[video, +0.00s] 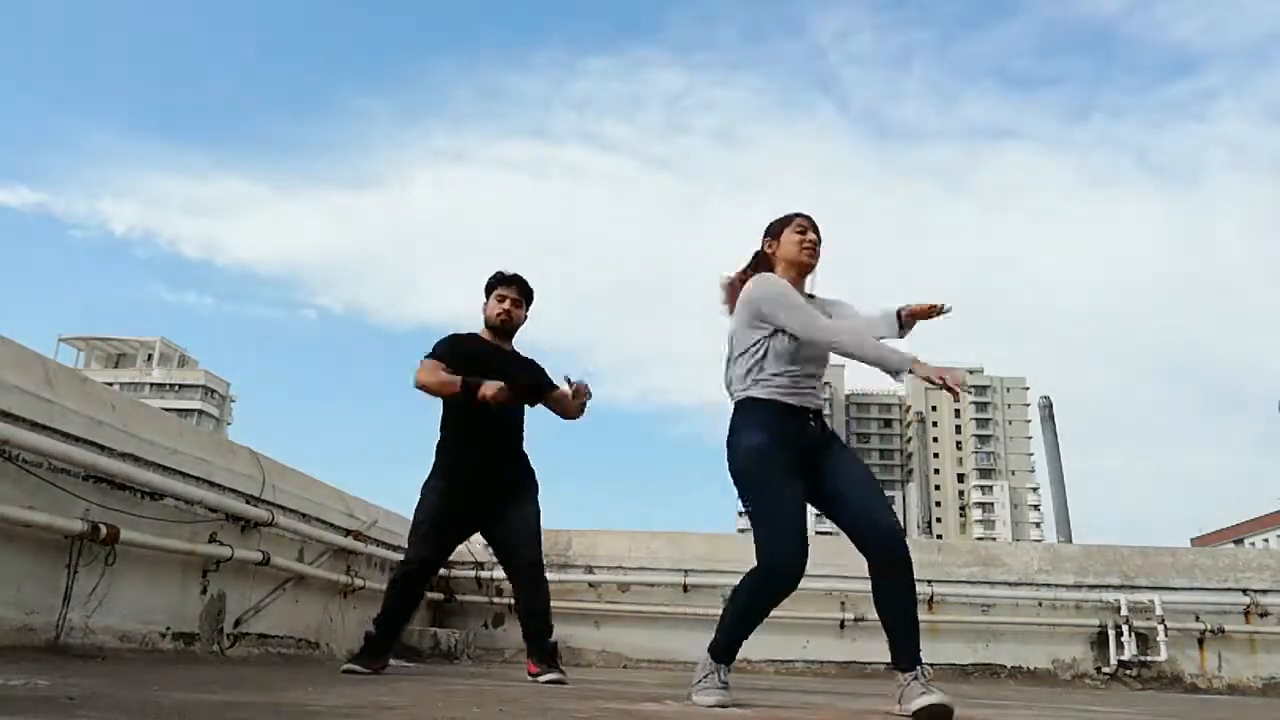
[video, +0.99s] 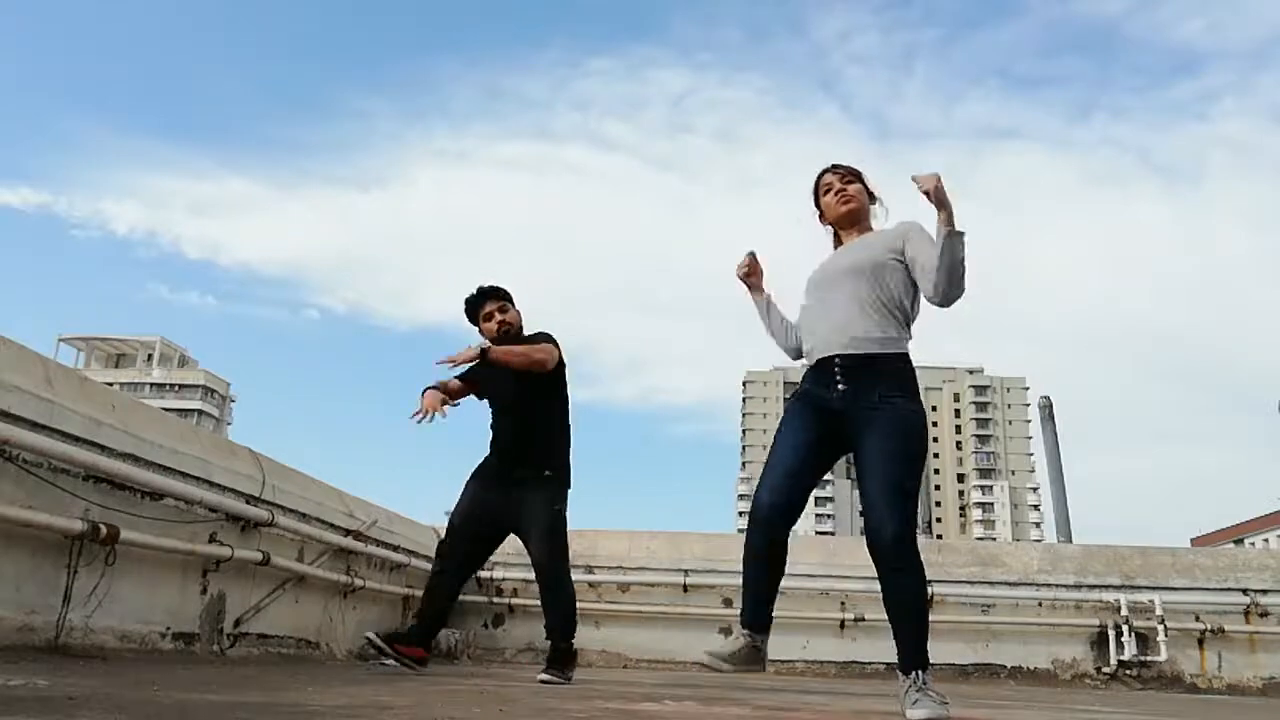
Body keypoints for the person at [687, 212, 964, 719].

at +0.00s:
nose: (811, 238)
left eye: (815, 234)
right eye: (798, 230)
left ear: (816, 254)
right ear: (770, 246)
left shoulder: (817, 304)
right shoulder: (763, 287)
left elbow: (854, 324)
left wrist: (903, 317)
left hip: (814, 436)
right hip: (762, 431)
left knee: (888, 543)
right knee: (782, 566)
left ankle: (911, 679)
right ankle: (714, 666)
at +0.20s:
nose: (831, 212)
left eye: (837, 209)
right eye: (820, 203)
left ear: (837, 228)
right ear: (790, 214)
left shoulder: (836, 290)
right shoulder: (772, 246)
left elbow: (907, 336)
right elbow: (773, 266)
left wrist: (912, 304)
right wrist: (855, 293)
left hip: (840, 410)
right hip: (781, 399)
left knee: (890, 535)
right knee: (769, 541)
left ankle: (911, 679)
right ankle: (712, 665)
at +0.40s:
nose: (845, 213)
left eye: (852, 209)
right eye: (833, 206)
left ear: (856, 229)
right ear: (805, 223)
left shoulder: (864, 294)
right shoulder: (786, 255)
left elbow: (938, 326)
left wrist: (913, 274)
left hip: (863, 416)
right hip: (800, 411)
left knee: (905, 543)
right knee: (777, 549)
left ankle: (915, 678)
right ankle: (710, 665)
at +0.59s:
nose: (851, 195)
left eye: (857, 188)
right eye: (837, 192)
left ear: (872, 204)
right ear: (822, 215)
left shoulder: (903, 246)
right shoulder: (808, 282)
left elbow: (937, 306)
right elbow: (791, 354)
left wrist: (915, 328)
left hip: (891, 397)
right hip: (822, 401)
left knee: (905, 538)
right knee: (768, 499)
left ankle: (916, 678)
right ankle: (770, 602)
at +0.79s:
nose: (843, 185)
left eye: (851, 178)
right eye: (830, 184)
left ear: (870, 194)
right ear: (821, 211)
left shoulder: (905, 234)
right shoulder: (822, 271)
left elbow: (952, 307)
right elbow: (800, 347)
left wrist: (1021, 267)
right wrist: (771, 324)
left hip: (893, 384)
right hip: (826, 384)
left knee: (899, 538)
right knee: (770, 478)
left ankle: (916, 681)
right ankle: (823, 510)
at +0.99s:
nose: (840, 186)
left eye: (848, 179)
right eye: (828, 188)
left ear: (870, 196)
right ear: (822, 215)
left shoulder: (902, 235)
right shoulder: (821, 276)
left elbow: (944, 291)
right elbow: (796, 345)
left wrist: (947, 216)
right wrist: (759, 294)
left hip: (885, 383)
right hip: (818, 387)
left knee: (889, 532)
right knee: (768, 508)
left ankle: (916, 679)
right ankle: (752, 639)